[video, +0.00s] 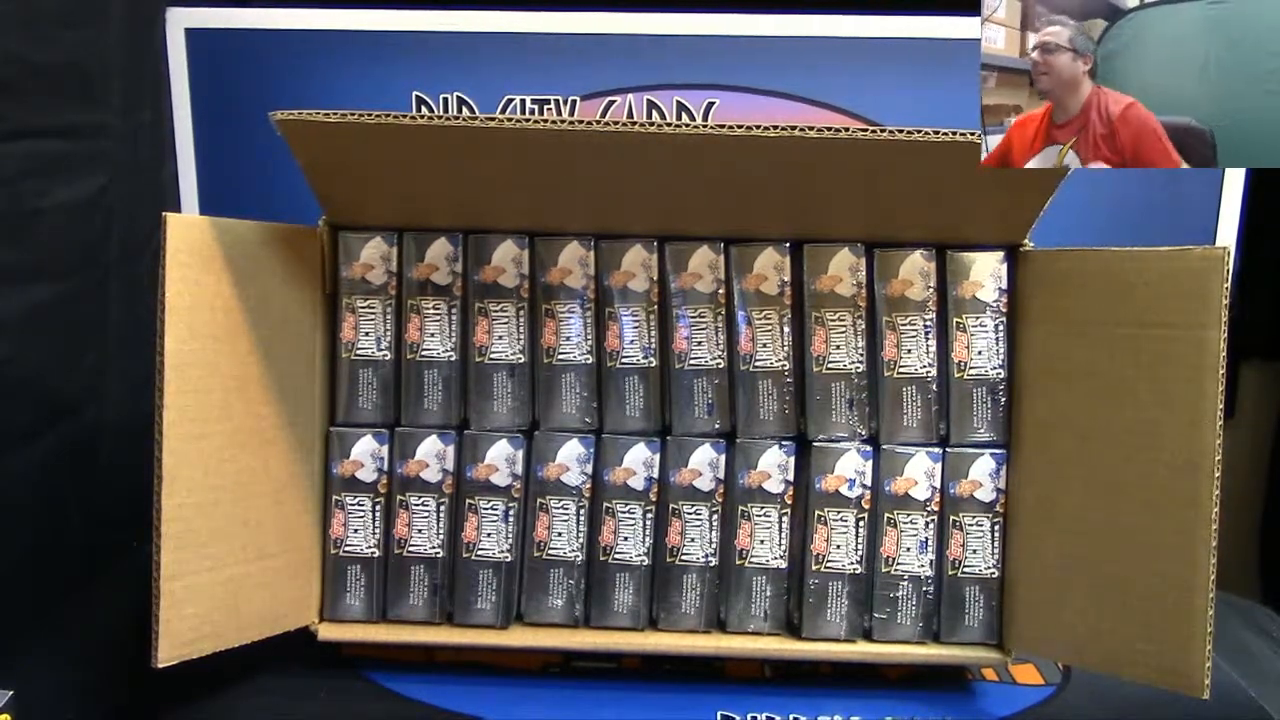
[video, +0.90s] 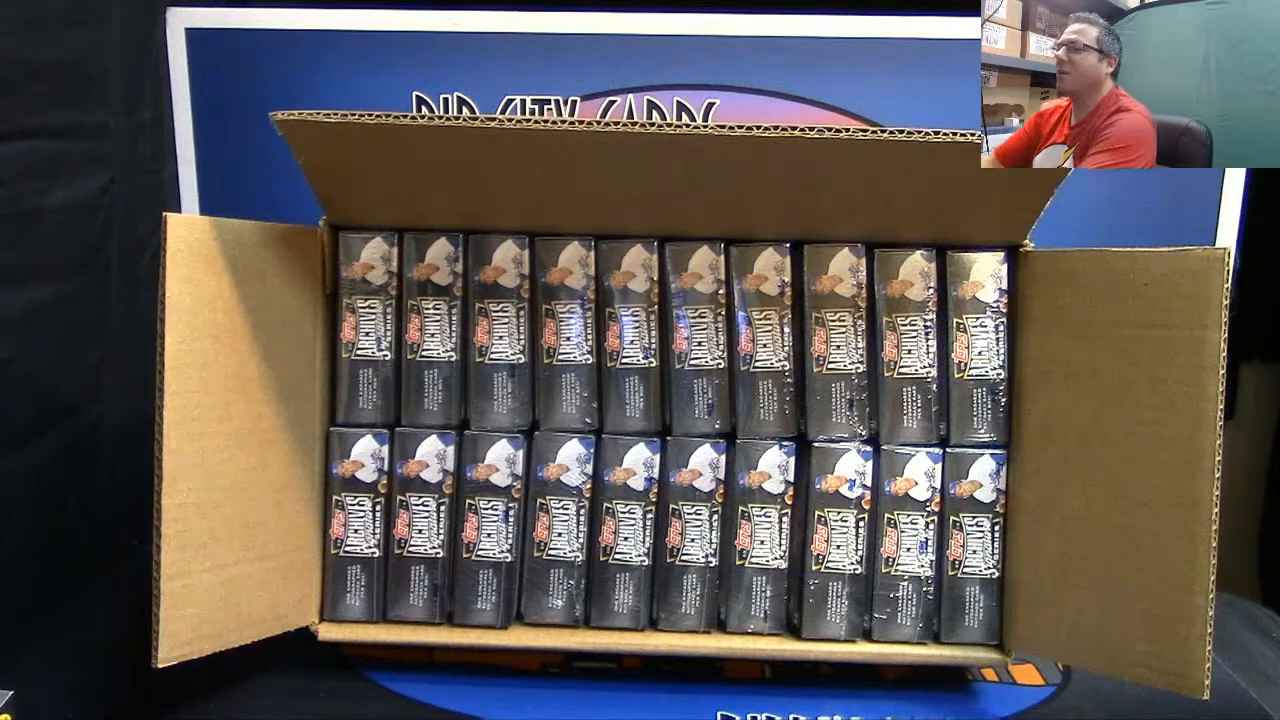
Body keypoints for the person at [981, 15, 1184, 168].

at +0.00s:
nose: (1033, 58)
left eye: (1048, 49)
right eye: (1033, 50)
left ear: (1084, 62)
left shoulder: (1125, 116)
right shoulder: (1024, 128)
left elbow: (1179, 185)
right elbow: (979, 181)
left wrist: (1111, 180)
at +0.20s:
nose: (1042, 54)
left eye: (1056, 46)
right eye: (1040, 48)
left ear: (1092, 60)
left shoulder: (1128, 117)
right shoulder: (1031, 121)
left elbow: (1172, 191)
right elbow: (991, 181)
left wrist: (1083, 171)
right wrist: (1032, 169)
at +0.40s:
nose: (1053, 54)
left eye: (1067, 46)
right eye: (1052, 47)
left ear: (1103, 60)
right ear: (1049, 52)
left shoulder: (1134, 119)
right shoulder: (1041, 116)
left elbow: (1158, 199)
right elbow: (1007, 175)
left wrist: (1055, 180)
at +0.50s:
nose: (1066, 55)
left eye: (1081, 48)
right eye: (1065, 48)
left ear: (1114, 62)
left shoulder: (1139, 121)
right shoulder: (1054, 112)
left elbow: (1133, 198)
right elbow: (1014, 162)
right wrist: (1022, 167)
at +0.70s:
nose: (1065, 55)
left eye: (1080, 48)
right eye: (1064, 48)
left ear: (1114, 62)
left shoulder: (1136, 122)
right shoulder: (1054, 113)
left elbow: (1105, 199)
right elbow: (1008, 163)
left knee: (1054, 155)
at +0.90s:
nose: (1059, 55)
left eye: (1075, 47)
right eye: (1058, 47)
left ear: (1109, 63)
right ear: (1054, 51)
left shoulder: (1129, 124)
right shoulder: (1050, 114)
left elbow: (1084, 201)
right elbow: (992, 163)